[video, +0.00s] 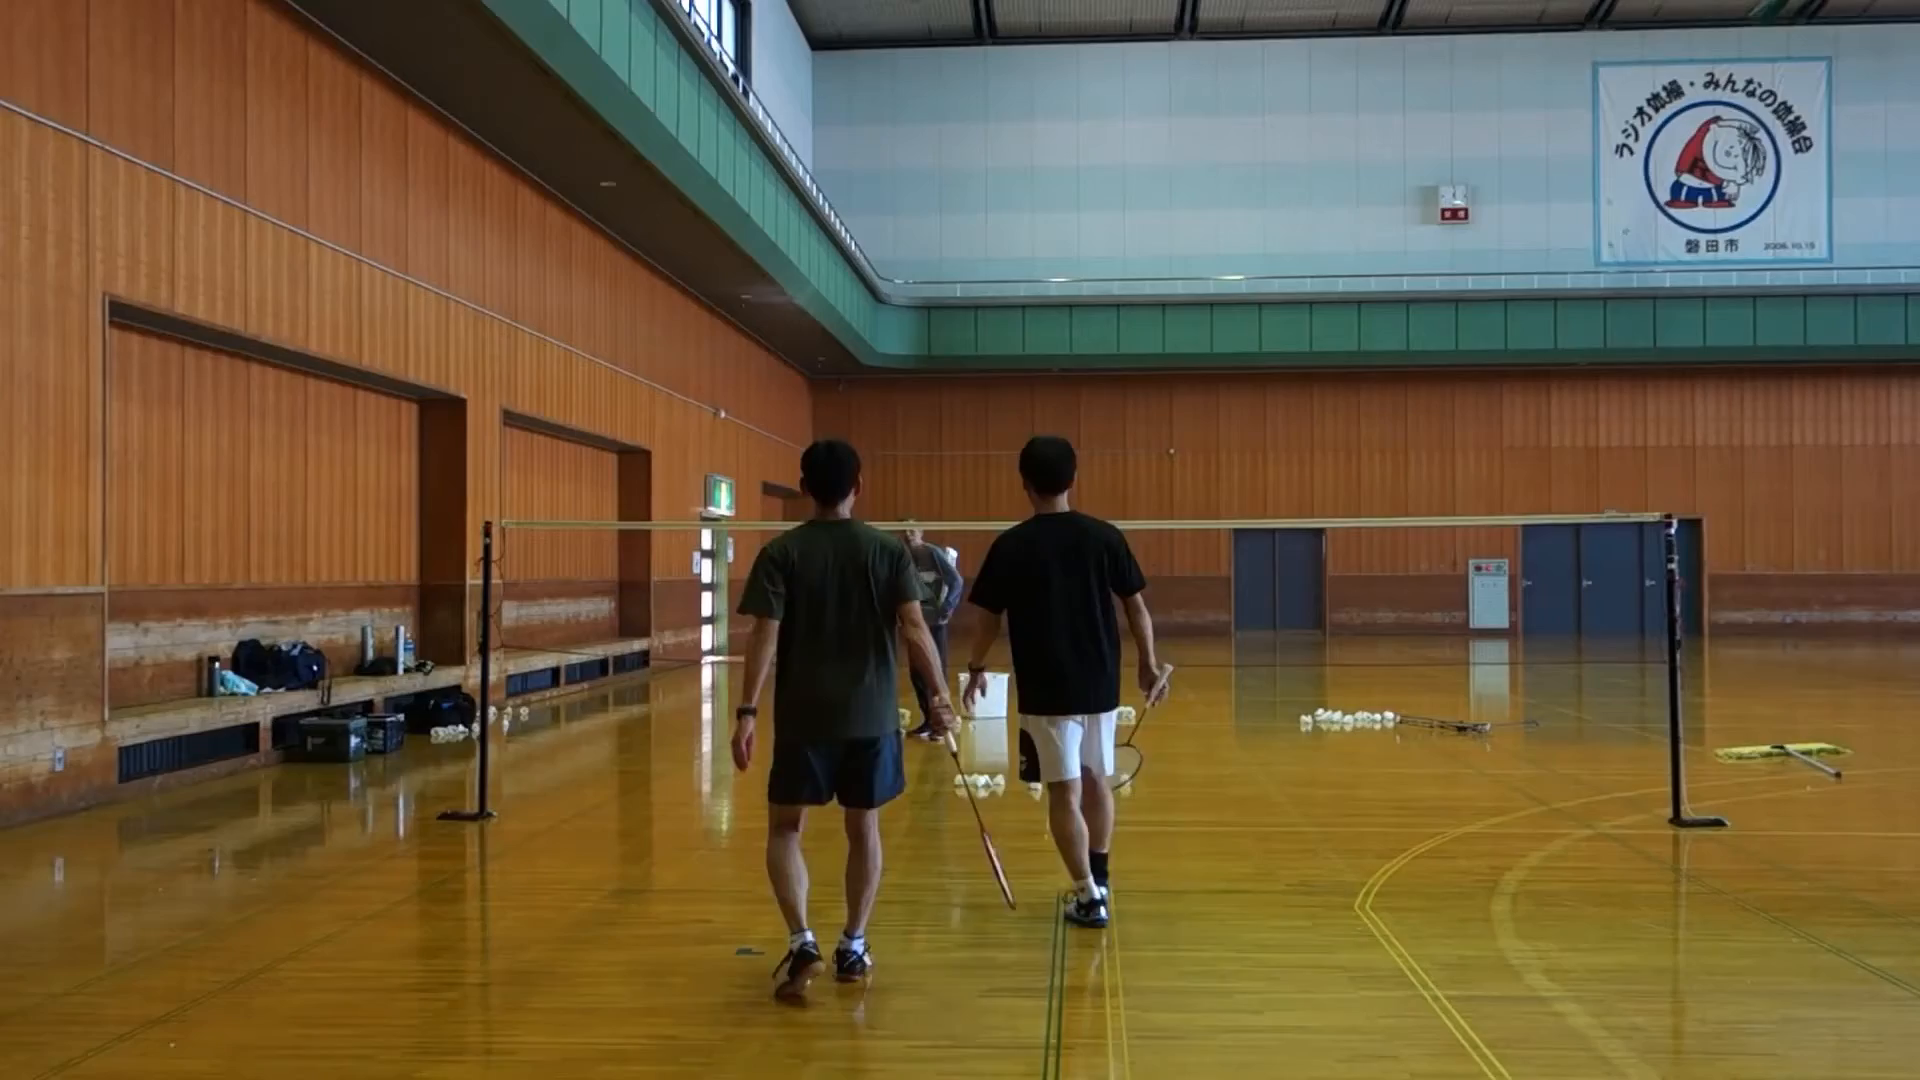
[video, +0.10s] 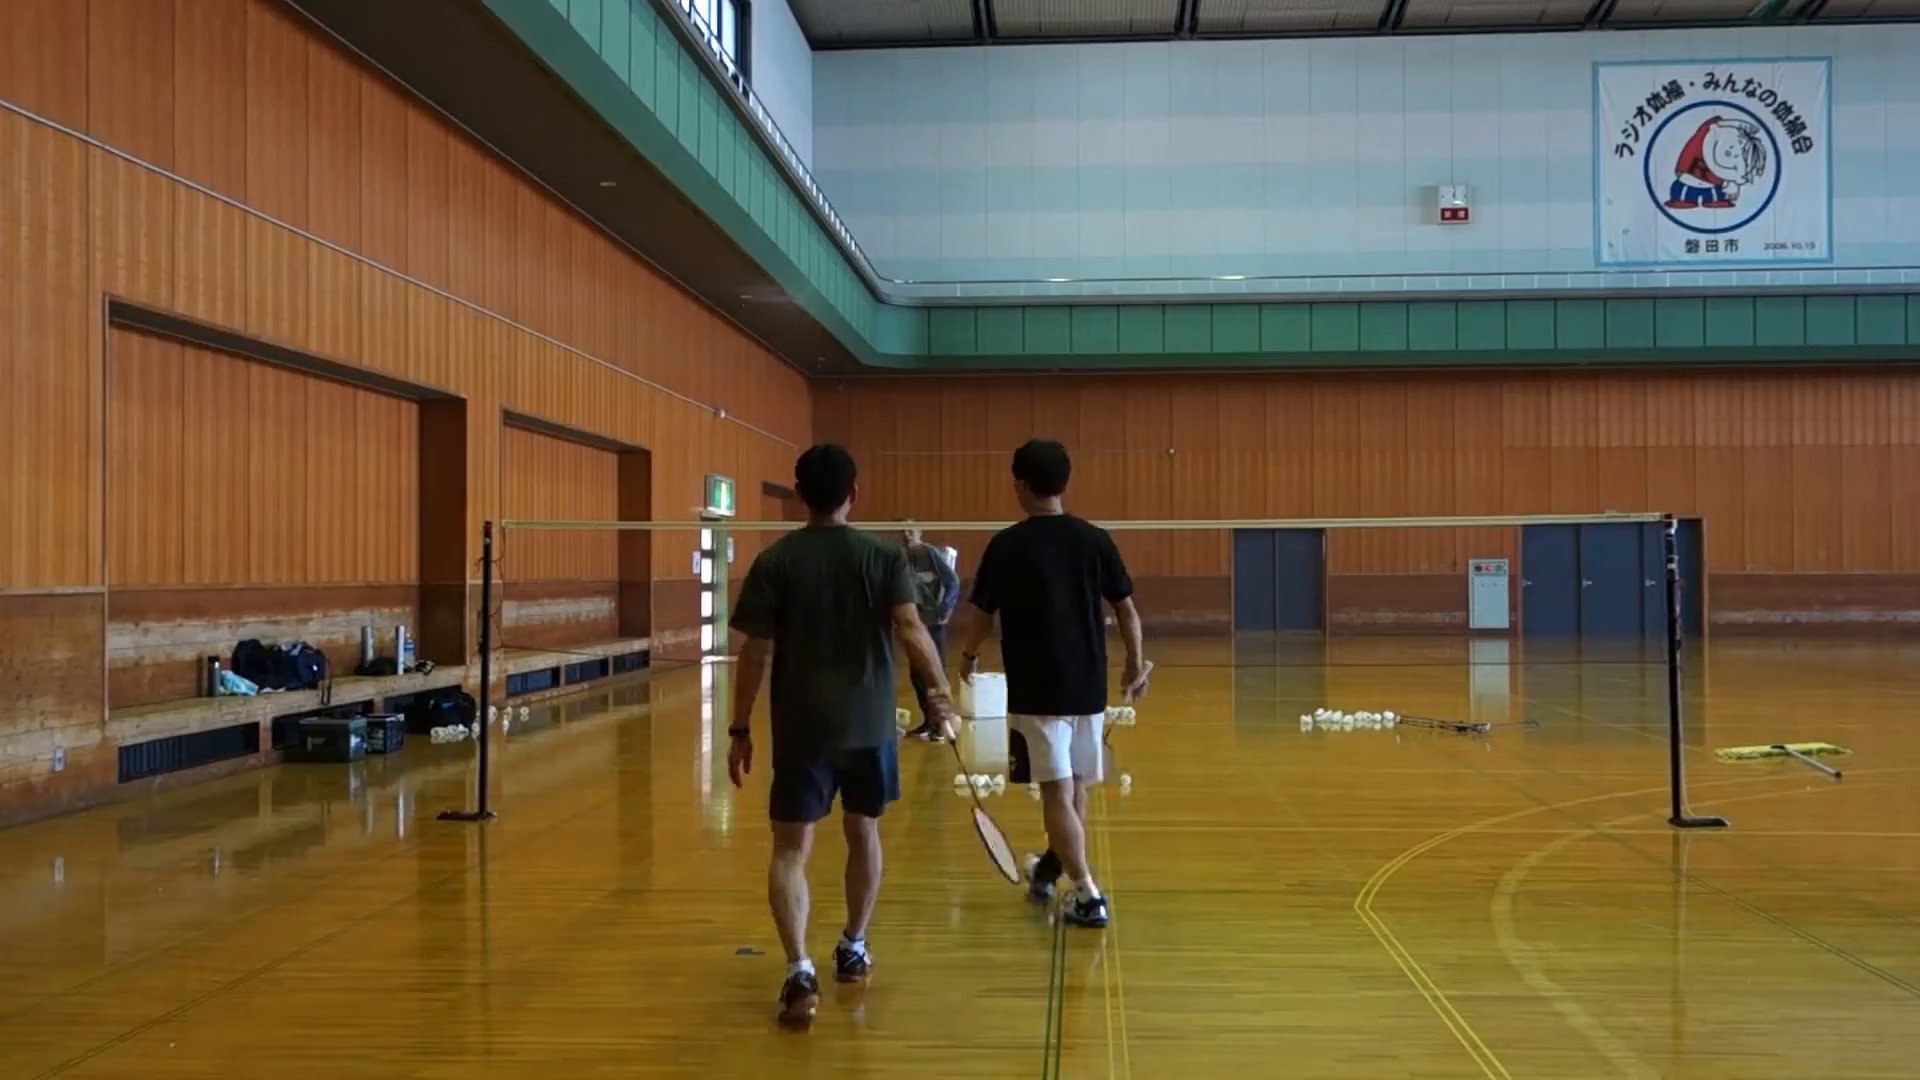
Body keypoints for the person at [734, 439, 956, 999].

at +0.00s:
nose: (861, 490)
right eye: (861, 482)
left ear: (805, 488)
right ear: (857, 487)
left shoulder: (782, 552)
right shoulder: (887, 550)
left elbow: (764, 640)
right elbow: (915, 629)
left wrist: (746, 711)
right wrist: (937, 696)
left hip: (803, 719)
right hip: (871, 719)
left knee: (785, 828)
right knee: (863, 825)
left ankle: (802, 936)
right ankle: (855, 943)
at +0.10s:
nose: (852, 496)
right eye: (855, 488)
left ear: (799, 494)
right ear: (853, 494)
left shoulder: (774, 563)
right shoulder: (883, 558)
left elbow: (754, 654)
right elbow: (911, 628)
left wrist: (740, 727)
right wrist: (936, 696)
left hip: (800, 730)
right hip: (869, 727)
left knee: (789, 848)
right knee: (862, 831)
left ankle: (800, 968)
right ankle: (854, 944)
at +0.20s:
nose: (847, 499)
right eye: (848, 491)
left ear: (792, 500)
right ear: (845, 498)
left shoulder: (768, 568)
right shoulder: (878, 560)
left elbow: (738, 652)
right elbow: (909, 630)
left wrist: (732, 711)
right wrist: (936, 698)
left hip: (799, 729)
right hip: (867, 728)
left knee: (789, 858)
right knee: (865, 839)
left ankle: (802, 985)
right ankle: (855, 945)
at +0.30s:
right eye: (847, 480)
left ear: (790, 488)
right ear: (845, 486)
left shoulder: (767, 554)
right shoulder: (879, 546)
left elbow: (731, 634)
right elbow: (915, 625)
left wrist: (723, 680)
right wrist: (937, 706)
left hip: (800, 725)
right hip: (869, 722)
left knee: (795, 854)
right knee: (872, 842)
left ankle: (803, 988)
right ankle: (864, 967)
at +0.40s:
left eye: (803, 475)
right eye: (850, 476)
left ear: (794, 480)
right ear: (851, 481)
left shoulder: (768, 548)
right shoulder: (887, 542)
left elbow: (726, 631)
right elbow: (922, 626)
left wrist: (719, 670)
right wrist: (939, 707)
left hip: (803, 726)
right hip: (877, 722)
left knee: (799, 853)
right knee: (890, 848)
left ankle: (804, 990)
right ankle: (889, 984)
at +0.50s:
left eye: (805, 482)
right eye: (856, 482)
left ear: (800, 487)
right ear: (859, 487)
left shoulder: (774, 554)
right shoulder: (895, 550)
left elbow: (727, 641)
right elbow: (935, 639)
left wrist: (723, 677)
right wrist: (944, 712)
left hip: (805, 740)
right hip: (882, 735)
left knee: (801, 858)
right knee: (910, 867)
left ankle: (804, 992)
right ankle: (917, 990)